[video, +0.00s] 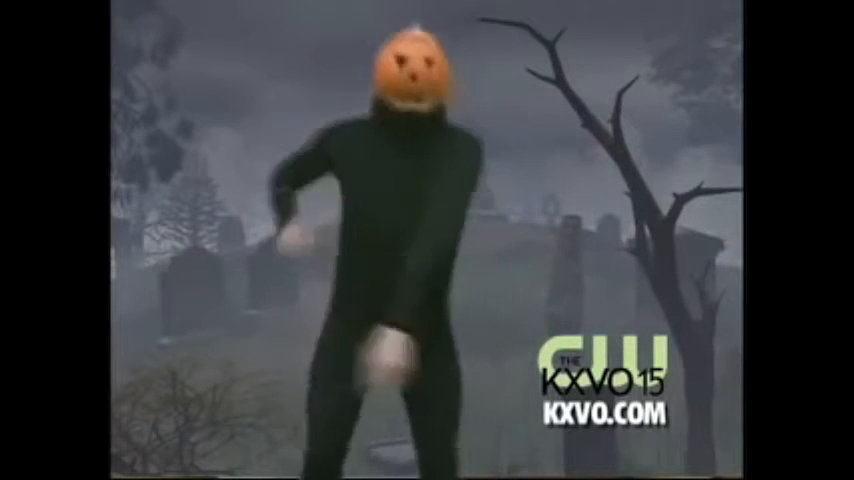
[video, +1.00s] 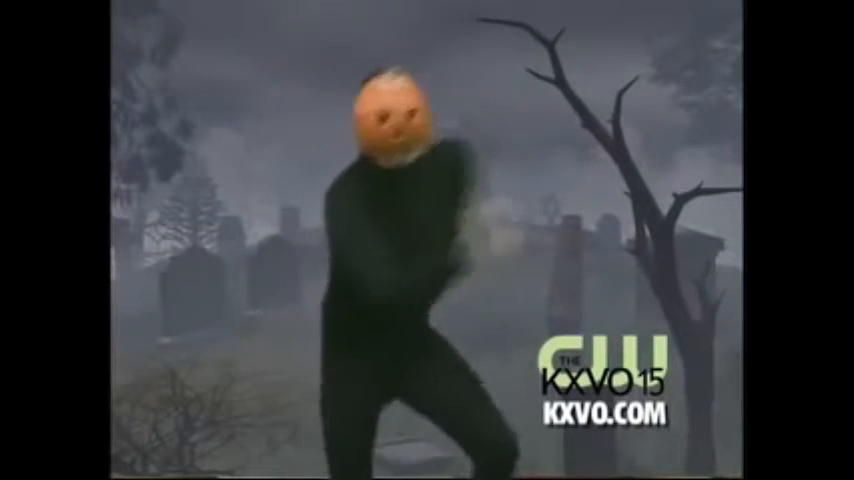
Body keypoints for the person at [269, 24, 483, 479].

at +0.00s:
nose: (413, 67)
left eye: (427, 61)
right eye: (401, 58)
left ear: (444, 80)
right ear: (379, 74)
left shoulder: (459, 149)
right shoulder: (348, 139)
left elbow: (434, 243)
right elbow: (284, 178)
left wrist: (402, 325)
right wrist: (287, 223)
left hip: (424, 317)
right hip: (352, 313)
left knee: (438, 461)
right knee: (323, 456)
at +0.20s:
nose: (368, 95)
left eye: (381, 86)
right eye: (354, 86)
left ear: (398, 98)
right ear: (334, 101)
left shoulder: (414, 178)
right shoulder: (310, 174)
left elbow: (450, 268)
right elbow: (261, 272)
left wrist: (482, 354)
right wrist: (317, 349)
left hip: (385, 355)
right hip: (316, 356)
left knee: (409, 471)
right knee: (316, 472)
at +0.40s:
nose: (345, 128)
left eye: (356, 115)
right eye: (329, 118)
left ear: (374, 123)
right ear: (308, 129)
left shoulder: (376, 182)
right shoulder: (300, 203)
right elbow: (367, 282)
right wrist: (422, 196)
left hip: (368, 342)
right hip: (310, 362)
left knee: (481, 367)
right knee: (308, 471)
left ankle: (407, 467)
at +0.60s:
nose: (318, 55)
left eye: (329, 44)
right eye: (302, 46)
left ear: (346, 55)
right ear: (281, 63)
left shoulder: (359, 114)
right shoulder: (287, 133)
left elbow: (373, 203)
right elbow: (375, 195)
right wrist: (455, 124)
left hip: (388, 300)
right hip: (329, 313)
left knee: (483, 401)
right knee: (333, 456)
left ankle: (437, 473)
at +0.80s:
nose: (335, 109)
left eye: (345, 96)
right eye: (319, 102)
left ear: (361, 105)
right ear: (301, 119)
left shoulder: (377, 160)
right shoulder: (306, 193)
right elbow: (403, 244)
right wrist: (472, 163)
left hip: (397, 343)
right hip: (337, 357)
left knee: (473, 451)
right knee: (338, 472)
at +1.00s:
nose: (398, 128)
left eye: (411, 114)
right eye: (382, 117)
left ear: (428, 119)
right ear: (361, 128)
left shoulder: (449, 164)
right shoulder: (348, 194)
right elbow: (384, 294)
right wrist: (458, 258)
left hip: (414, 347)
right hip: (352, 358)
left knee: (497, 449)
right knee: (350, 472)